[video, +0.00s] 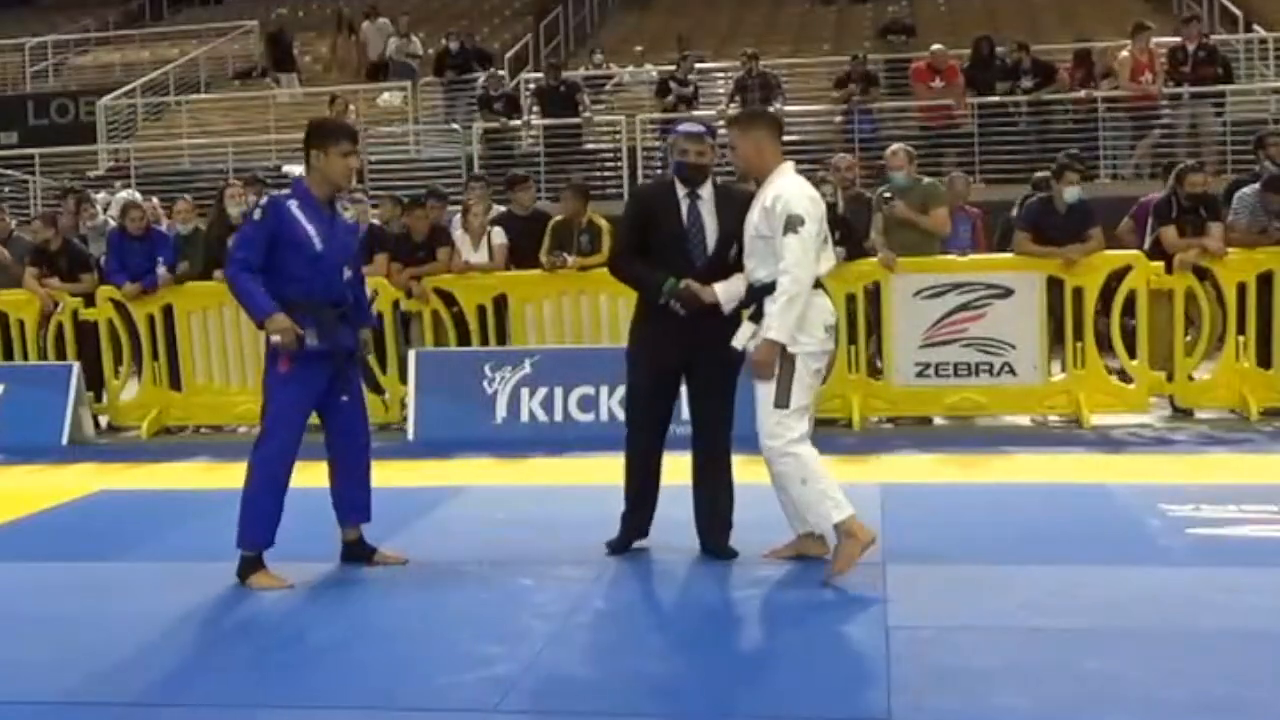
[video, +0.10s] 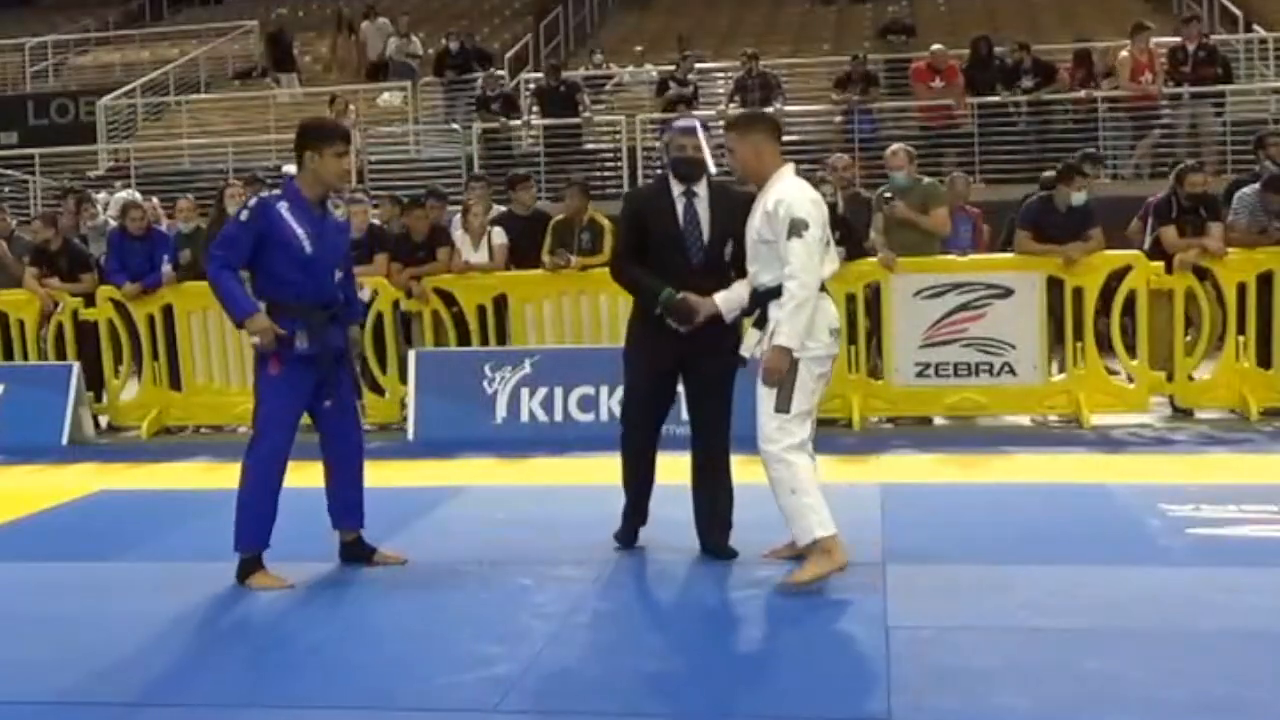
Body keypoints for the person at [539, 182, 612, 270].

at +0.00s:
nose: (563, 204)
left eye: (567, 200)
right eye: (562, 200)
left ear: (581, 201)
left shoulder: (601, 225)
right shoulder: (556, 223)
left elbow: (603, 257)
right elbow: (543, 255)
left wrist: (577, 262)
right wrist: (552, 262)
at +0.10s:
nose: (566, 202)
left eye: (572, 198)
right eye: (565, 198)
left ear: (585, 201)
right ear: (563, 200)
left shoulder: (603, 224)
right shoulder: (556, 223)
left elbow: (605, 257)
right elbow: (545, 255)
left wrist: (576, 261)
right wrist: (556, 261)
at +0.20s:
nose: (577, 200)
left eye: (581, 195)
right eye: (573, 195)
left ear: (590, 196)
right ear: (567, 196)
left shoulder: (604, 223)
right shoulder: (557, 222)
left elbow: (607, 257)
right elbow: (546, 253)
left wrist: (583, 261)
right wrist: (554, 261)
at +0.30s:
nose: (582, 199)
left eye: (586, 194)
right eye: (577, 194)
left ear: (592, 197)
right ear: (569, 196)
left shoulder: (601, 221)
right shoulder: (558, 223)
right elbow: (546, 253)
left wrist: (584, 262)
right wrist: (554, 262)